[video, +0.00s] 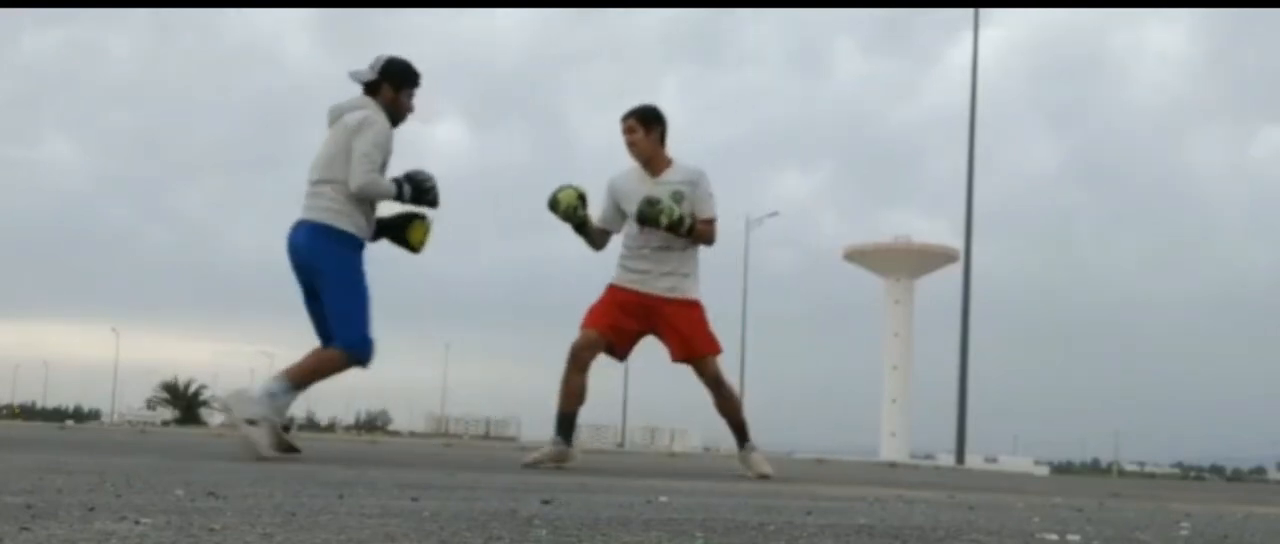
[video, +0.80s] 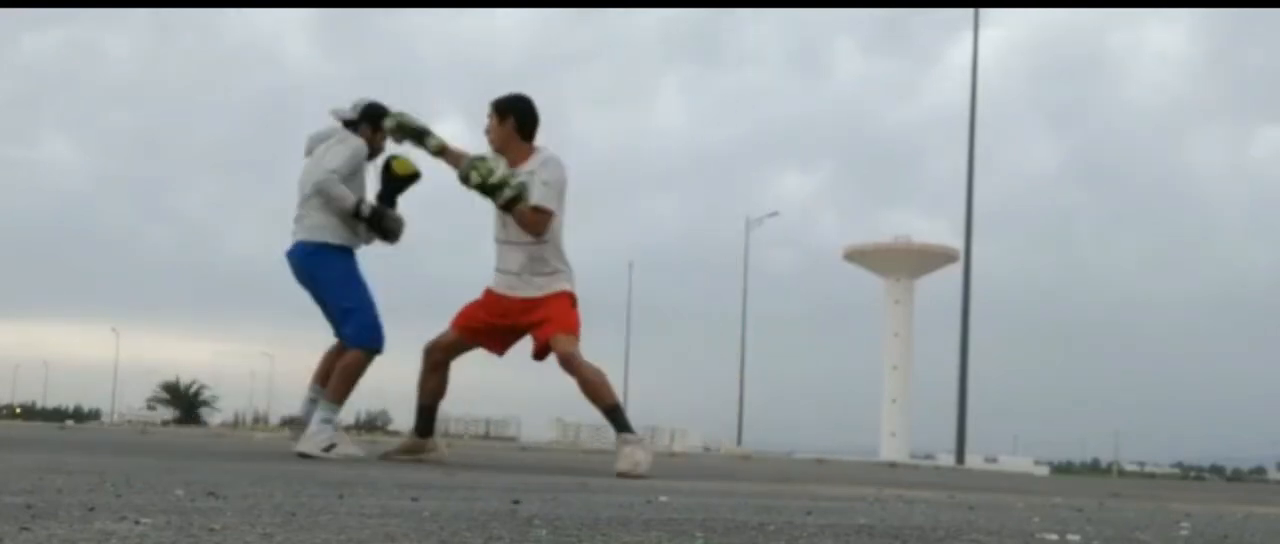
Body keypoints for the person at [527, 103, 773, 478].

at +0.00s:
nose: (627, 142)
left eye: (633, 133)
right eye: (624, 135)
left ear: (656, 133)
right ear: (628, 139)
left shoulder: (693, 178)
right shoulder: (622, 183)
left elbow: (708, 235)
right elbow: (599, 241)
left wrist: (672, 224)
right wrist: (579, 220)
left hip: (678, 298)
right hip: (627, 292)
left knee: (712, 375)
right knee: (581, 350)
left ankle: (747, 449)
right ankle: (561, 444)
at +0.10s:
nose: (597, 127)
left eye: (602, 118)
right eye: (595, 120)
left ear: (626, 119)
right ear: (601, 124)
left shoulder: (664, 164)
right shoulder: (591, 169)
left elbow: (678, 224)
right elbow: (569, 226)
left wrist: (645, 211)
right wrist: (551, 202)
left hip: (643, 285)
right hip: (594, 280)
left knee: (675, 364)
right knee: (551, 342)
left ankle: (709, 439)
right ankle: (555, 438)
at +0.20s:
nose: (575, 117)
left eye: (580, 109)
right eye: (573, 110)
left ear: (605, 109)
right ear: (584, 114)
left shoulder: (643, 155)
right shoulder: (570, 155)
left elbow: (656, 216)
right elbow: (543, 212)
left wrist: (623, 189)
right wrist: (536, 177)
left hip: (622, 273)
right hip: (573, 268)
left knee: (651, 346)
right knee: (517, 326)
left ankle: (664, 435)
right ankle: (523, 422)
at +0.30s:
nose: (559, 129)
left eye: (565, 121)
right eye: (558, 121)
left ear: (590, 122)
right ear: (570, 125)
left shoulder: (624, 169)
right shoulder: (553, 165)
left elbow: (628, 231)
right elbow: (519, 216)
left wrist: (601, 195)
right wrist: (524, 175)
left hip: (598, 283)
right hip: (547, 279)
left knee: (626, 347)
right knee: (492, 349)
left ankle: (647, 445)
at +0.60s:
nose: (528, 131)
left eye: (533, 123)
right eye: (529, 123)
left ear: (553, 126)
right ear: (553, 128)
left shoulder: (597, 174)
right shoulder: (536, 175)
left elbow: (607, 235)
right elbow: (535, 239)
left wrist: (563, 221)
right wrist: (507, 238)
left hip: (581, 295)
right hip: (536, 292)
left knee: (598, 355)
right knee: (461, 344)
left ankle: (642, 445)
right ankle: (440, 434)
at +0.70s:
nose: (505, 127)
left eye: (510, 118)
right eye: (506, 119)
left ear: (528, 121)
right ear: (529, 122)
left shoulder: (567, 164)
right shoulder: (516, 174)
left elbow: (573, 225)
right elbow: (525, 232)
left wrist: (525, 206)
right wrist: (492, 208)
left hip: (565, 293)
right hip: (521, 291)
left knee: (586, 358)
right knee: (454, 352)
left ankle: (640, 444)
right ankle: (427, 439)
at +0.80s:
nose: (487, 130)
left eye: (493, 123)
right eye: (489, 122)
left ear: (513, 127)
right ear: (511, 127)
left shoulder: (548, 167)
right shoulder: (497, 168)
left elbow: (537, 226)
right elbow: (461, 162)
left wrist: (500, 191)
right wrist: (421, 136)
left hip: (550, 294)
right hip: (504, 294)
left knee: (567, 356)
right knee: (437, 352)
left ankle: (628, 439)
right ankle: (422, 438)